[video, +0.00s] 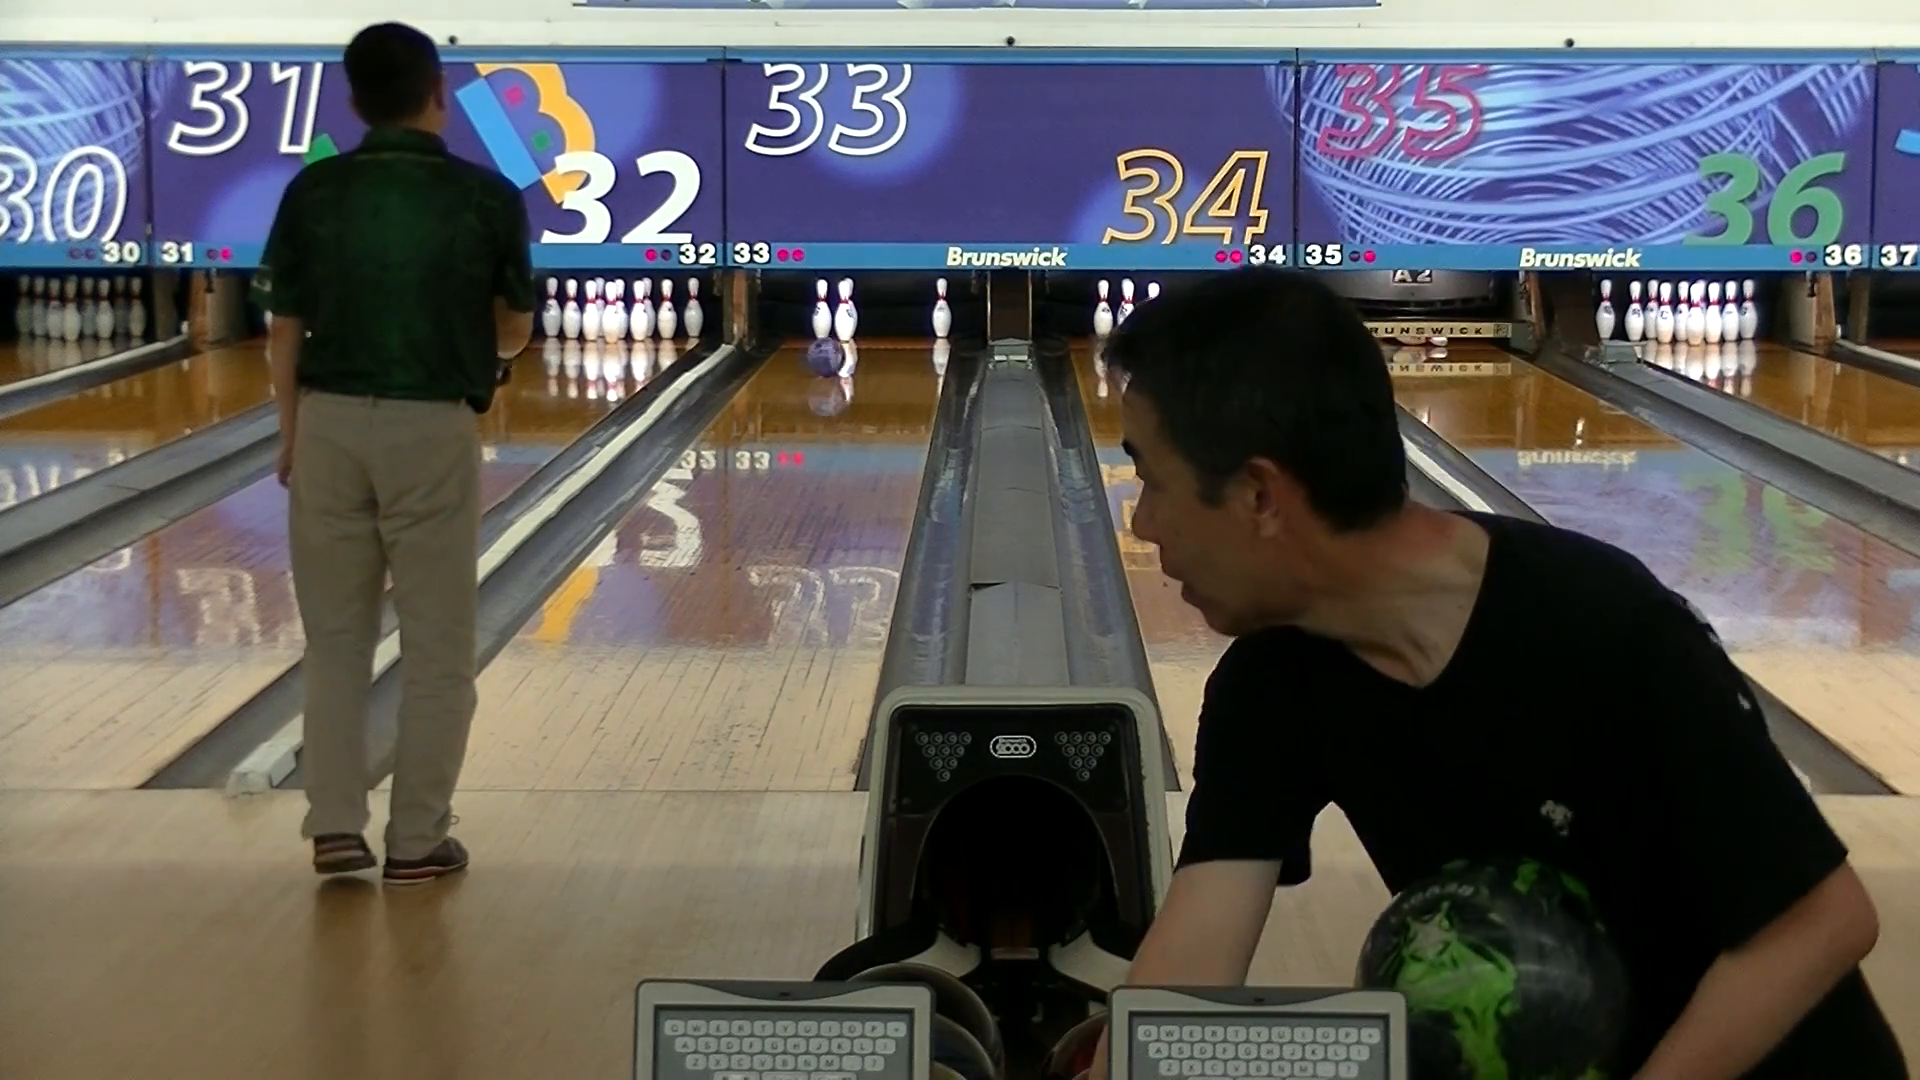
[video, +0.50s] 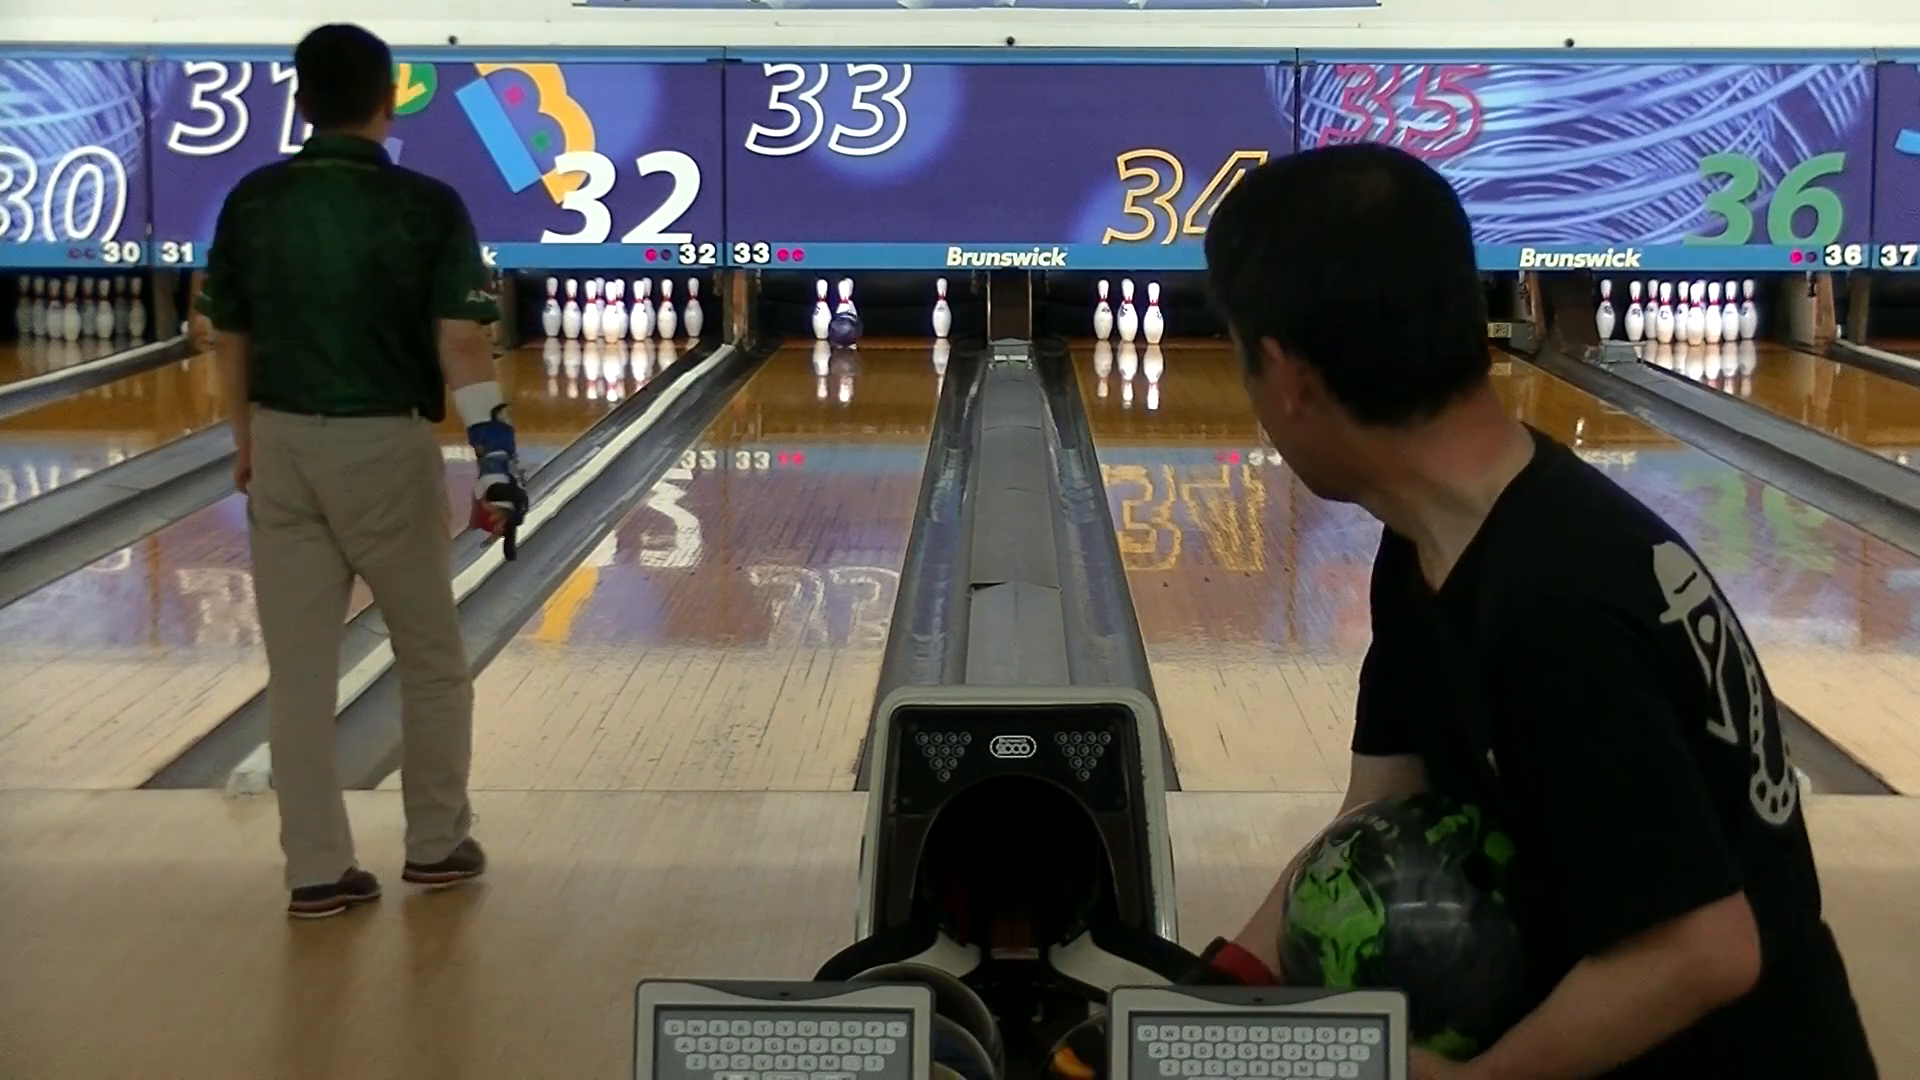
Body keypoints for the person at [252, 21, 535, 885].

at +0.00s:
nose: (446, 97)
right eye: (442, 86)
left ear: (354, 101)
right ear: (438, 94)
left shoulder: (313, 188)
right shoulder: (487, 196)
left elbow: (283, 329)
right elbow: (513, 328)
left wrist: (289, 430)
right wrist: (458, 323)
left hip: (326, 429)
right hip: (432, 433)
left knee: (334, 636)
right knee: (438, 641)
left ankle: (335, 832)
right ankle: (417, 840)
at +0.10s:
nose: (440, 100)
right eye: (436, 89)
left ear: (347, 100)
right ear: (434, 96)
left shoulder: (306, 190)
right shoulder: (479, 197)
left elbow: (278, 330)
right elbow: (511, 338)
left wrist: (283, 433)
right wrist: (458, 323)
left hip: (321, 431)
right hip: (428, 435)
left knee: (326, 632)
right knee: (437, 641)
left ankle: (330, 814)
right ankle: (418, 839)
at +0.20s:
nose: (430, 105)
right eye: (428, 94)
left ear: (337, 101)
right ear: (424, 101)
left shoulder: (292, 193)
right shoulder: (468, 200)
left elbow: (268, 331)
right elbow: (505, 338)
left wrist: (276, 432)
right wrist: (513, 432)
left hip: (311, 436)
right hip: (422, 439)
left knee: (316, 647)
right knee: (434, 647)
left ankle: (320, 842)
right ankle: (416, 840)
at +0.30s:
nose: (417, 106)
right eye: (416, 93)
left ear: (324, 103)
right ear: (411, 101)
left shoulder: (277, 199)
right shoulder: (453, 205)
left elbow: (258, 342)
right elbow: (491, 347)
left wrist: (269, 441)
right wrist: (521, 458)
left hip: (299, 441)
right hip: (408, 444)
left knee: (308, 659)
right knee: (431, 653)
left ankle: (315, 862)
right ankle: (417, 839)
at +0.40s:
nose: (406, 103)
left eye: (385, 88)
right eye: (403, 90)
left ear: (312, 102)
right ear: (398, 99)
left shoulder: (262, 198)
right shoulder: (438, 204)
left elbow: (241, 344)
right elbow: (480, 347)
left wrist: (261, 444)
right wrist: (510, 461)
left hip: (287, 445)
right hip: (396, 447)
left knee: (302, 665)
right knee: (428, 652)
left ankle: (314, 872)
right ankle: (428, 842)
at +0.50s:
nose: (398, 103)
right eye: (394, 90)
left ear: (304, 101)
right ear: (389, 99)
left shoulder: (252, 199)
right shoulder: (426, 205)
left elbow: (229, 337)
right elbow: (463, 342)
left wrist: (245, 437)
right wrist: (497, 453)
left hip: (278, 450)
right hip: (385, 449)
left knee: (297, 670)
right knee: (432, 656)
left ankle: (315, 874)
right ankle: (438, 846)